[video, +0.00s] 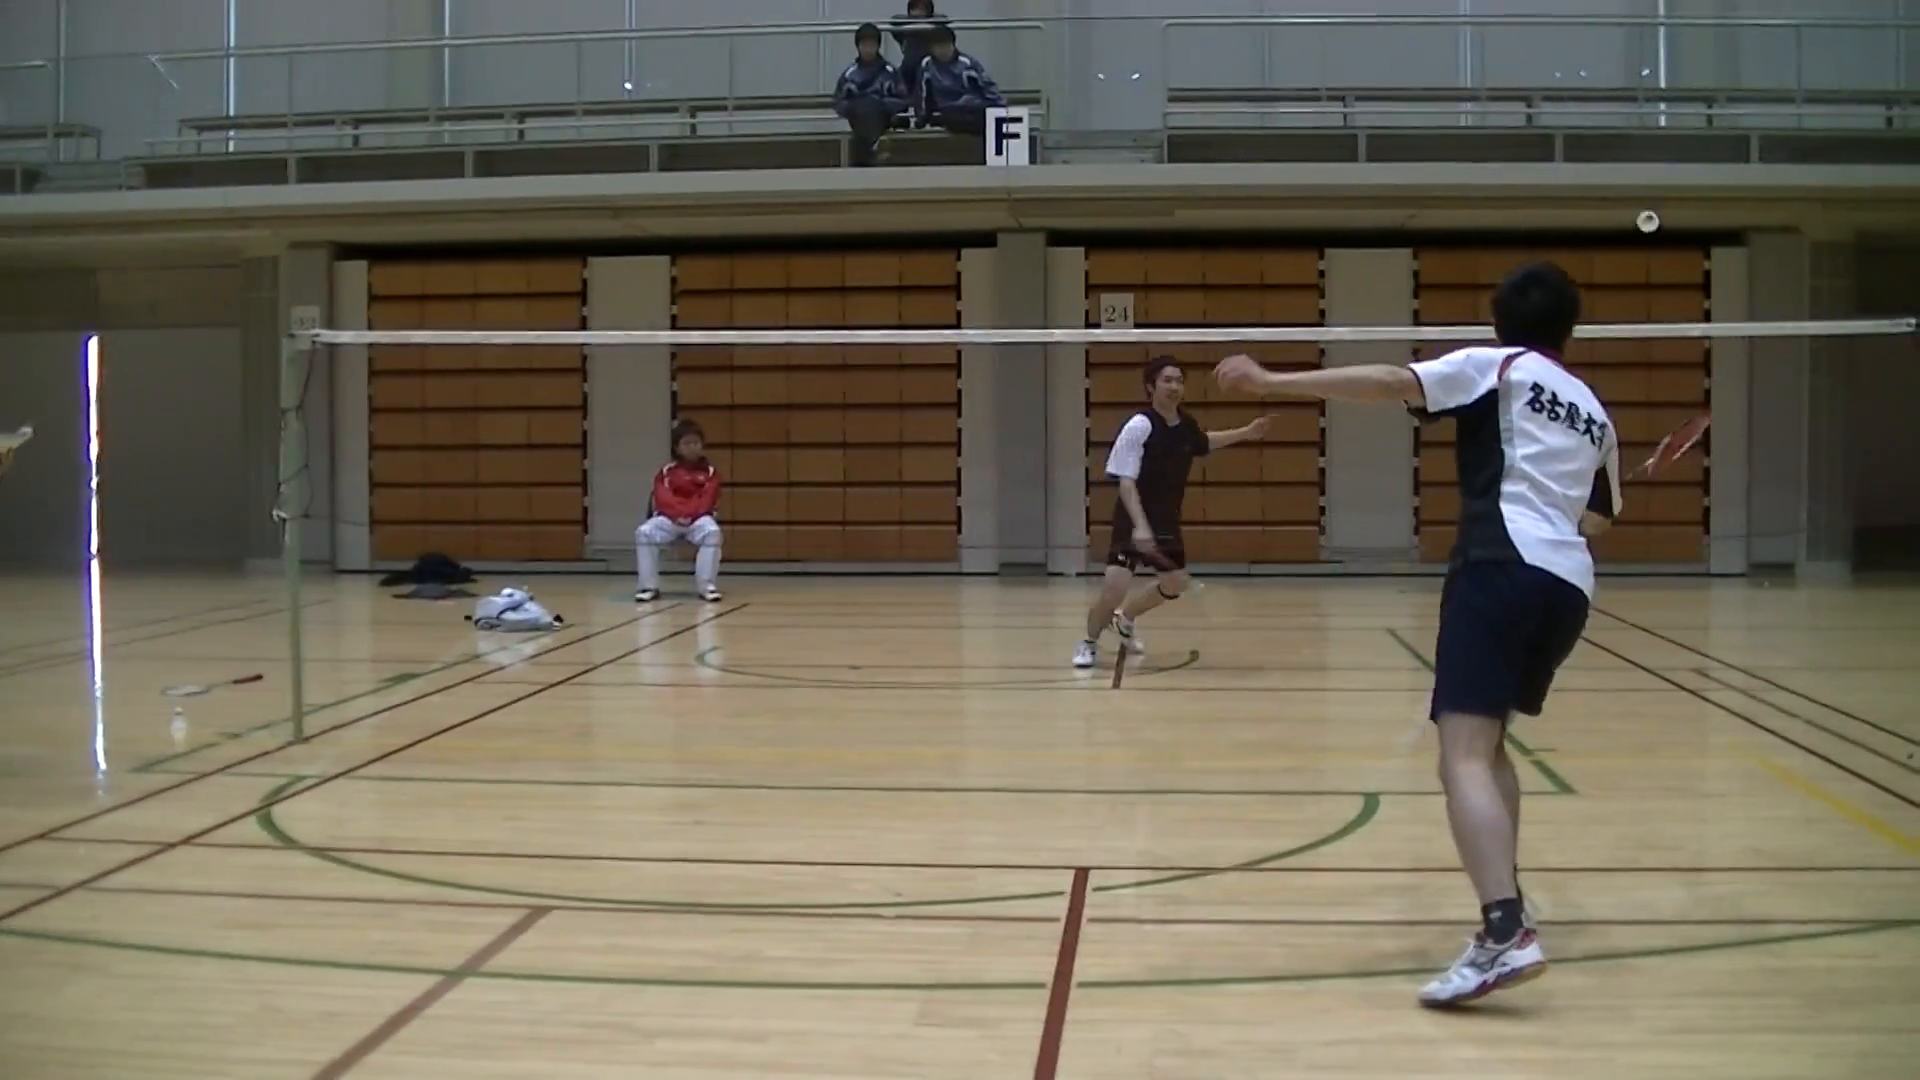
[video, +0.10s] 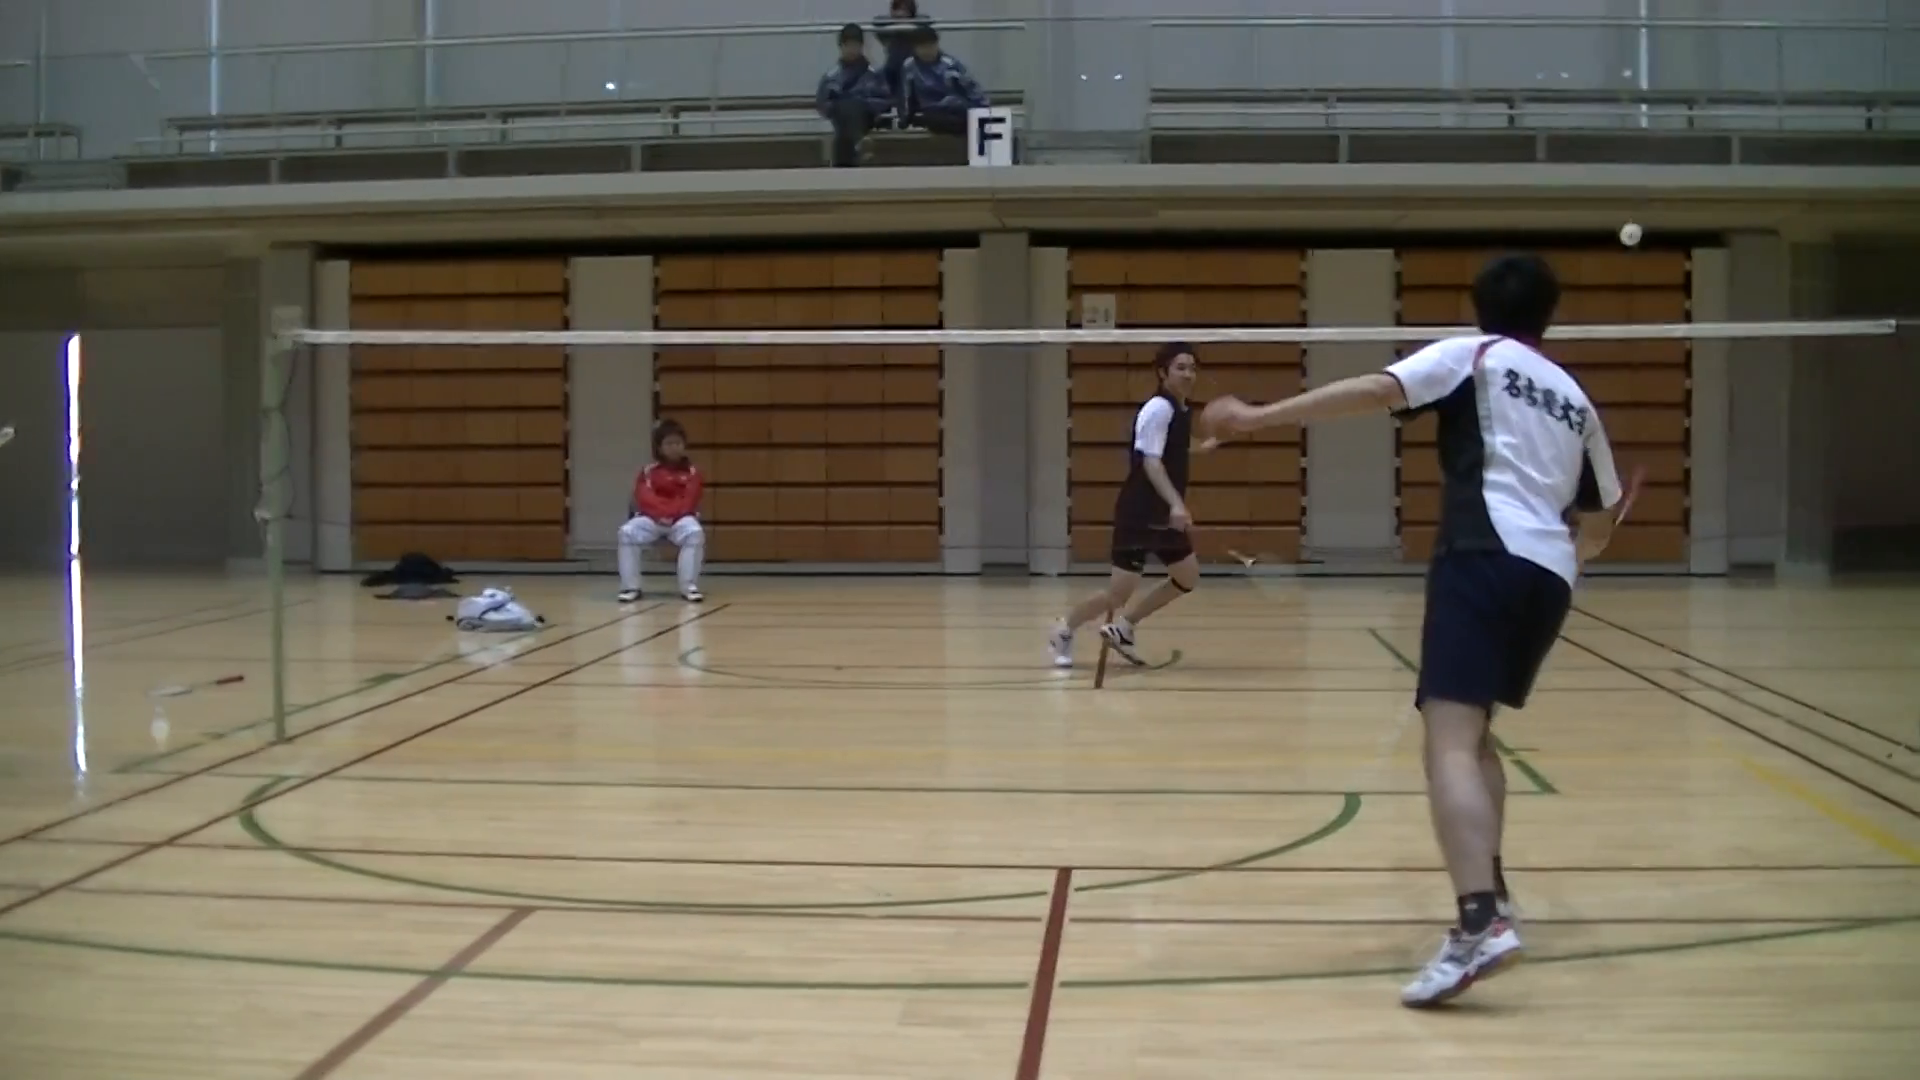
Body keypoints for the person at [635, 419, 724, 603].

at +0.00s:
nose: (692, 448)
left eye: (696, 443)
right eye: (686, 443)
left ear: (702, 445)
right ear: (676, 448)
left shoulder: (710, 472)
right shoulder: (666, 471)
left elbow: (707, 501)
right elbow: (662, 500)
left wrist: (689, 515)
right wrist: (679, 514)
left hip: (698, 518)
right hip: (670, 518)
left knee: (713, 533)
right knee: (644, 533)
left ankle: (706, 585)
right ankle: (648, 587)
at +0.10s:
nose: (674, 448)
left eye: (678, 443)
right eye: (668, 443)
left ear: (684, 445)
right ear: (659, 448)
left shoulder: (691, 473)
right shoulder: (648, 471)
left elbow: (689, 502)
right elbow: (643, 498)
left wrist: (671, 516)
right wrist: (661, 513)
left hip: (680, 518)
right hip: (651, 518)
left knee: (695, 534)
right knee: (627, 533)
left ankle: (688, 585)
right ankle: (631, 588)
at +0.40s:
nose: (654, 448)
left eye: (657, 443)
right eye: (648, 444)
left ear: (662, 446)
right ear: (638, 449)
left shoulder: (671, 473)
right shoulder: (628, 472)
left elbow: (669, 501)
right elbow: (623, 499)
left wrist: (653, 516)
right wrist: (639, 515)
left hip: (659, 519)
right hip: (631, 519)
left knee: (674, 535)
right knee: (606, 535)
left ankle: (668, 586)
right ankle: (610, 588)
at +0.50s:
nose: (653, 449)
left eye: (656, 444)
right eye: (648, 445)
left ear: (662, 447)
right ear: (638, 450)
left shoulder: (670, 474)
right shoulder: (628, 473)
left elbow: (669, 503)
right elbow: (623, 501)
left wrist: (652, 518)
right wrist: (638, 516)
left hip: (659, 520)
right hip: (630, 520)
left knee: (673, 536)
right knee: (606, 535)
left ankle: (668, 587)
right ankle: (609, 589)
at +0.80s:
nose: (654, 450)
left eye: (657, 445)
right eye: (648, 446)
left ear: (663, 448)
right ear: (639, 450)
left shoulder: (672, 475)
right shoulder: (628, 474)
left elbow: (669, 505)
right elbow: (624, 503)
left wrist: (652, 519)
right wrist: (640, 517)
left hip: (660, 521)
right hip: (631, 521)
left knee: (675, 537)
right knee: (607, 536)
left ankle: (669, 588)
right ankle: (611, 590)